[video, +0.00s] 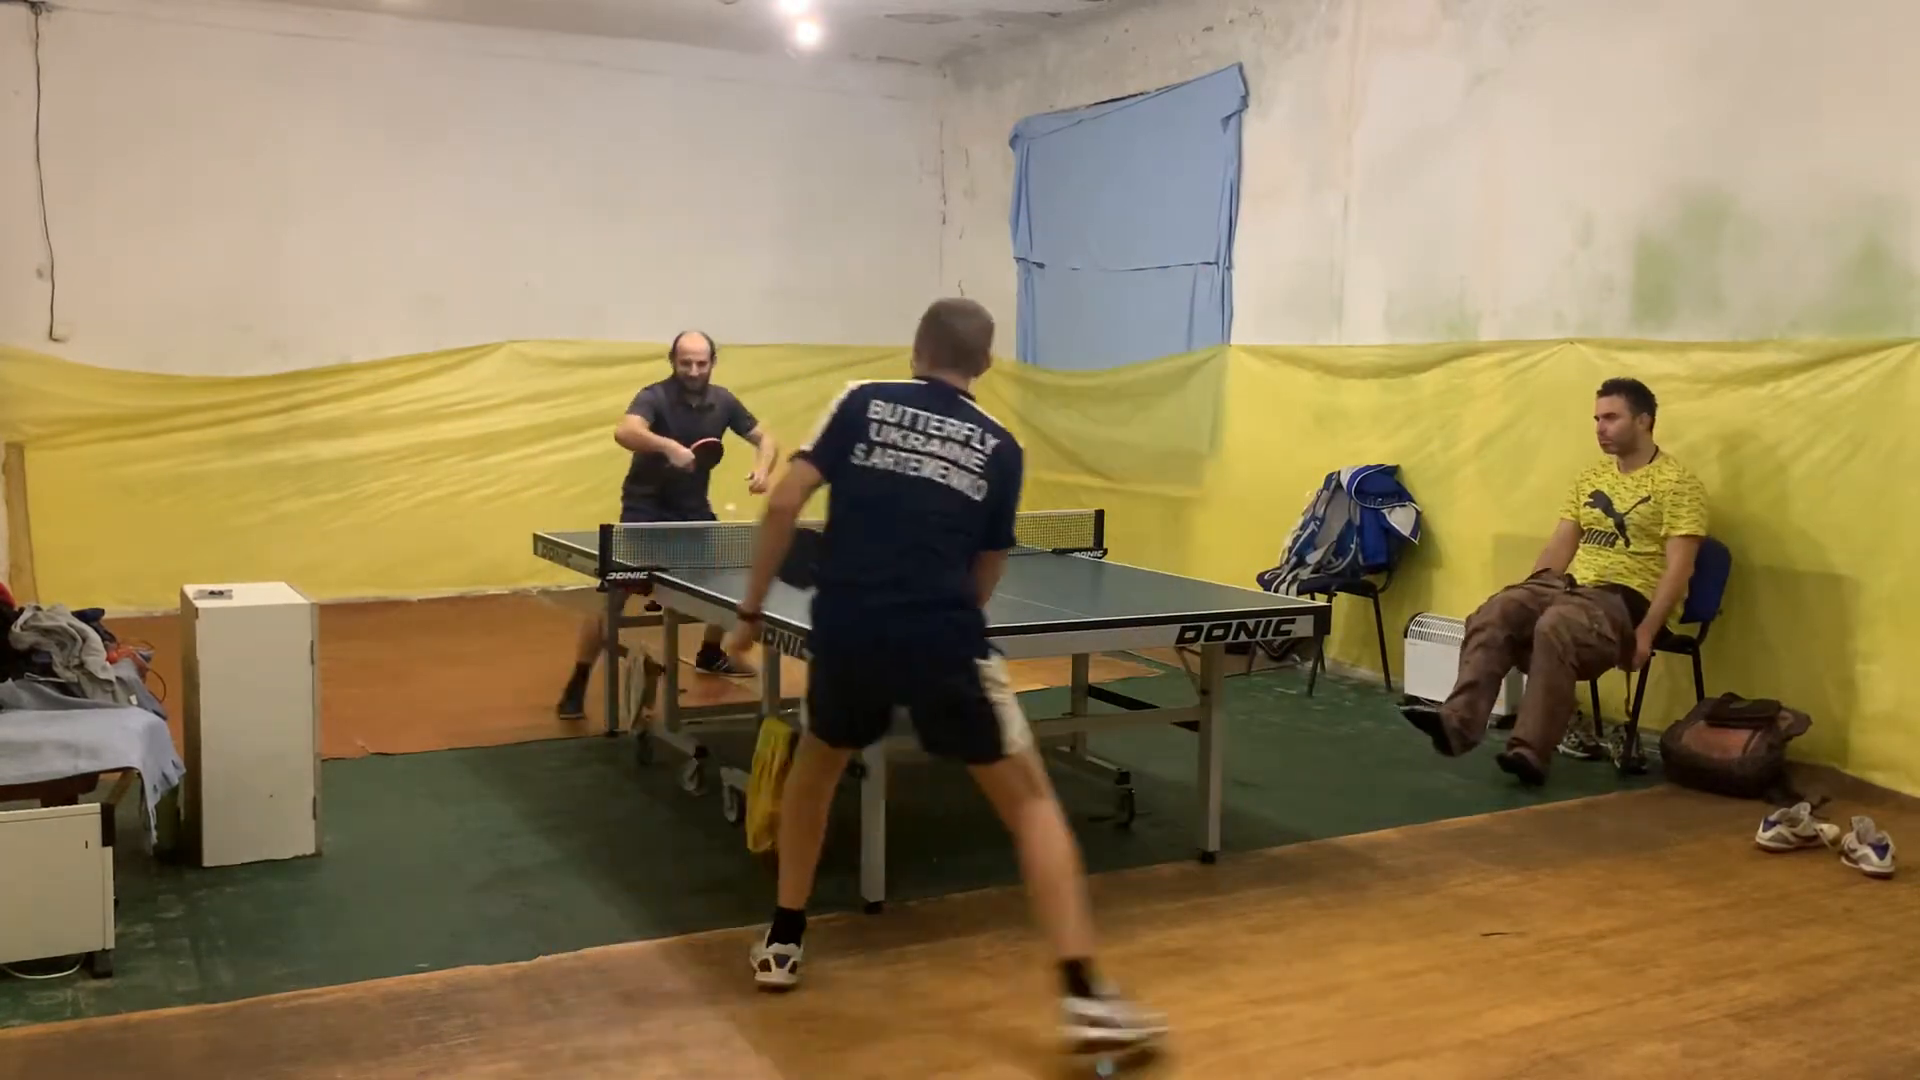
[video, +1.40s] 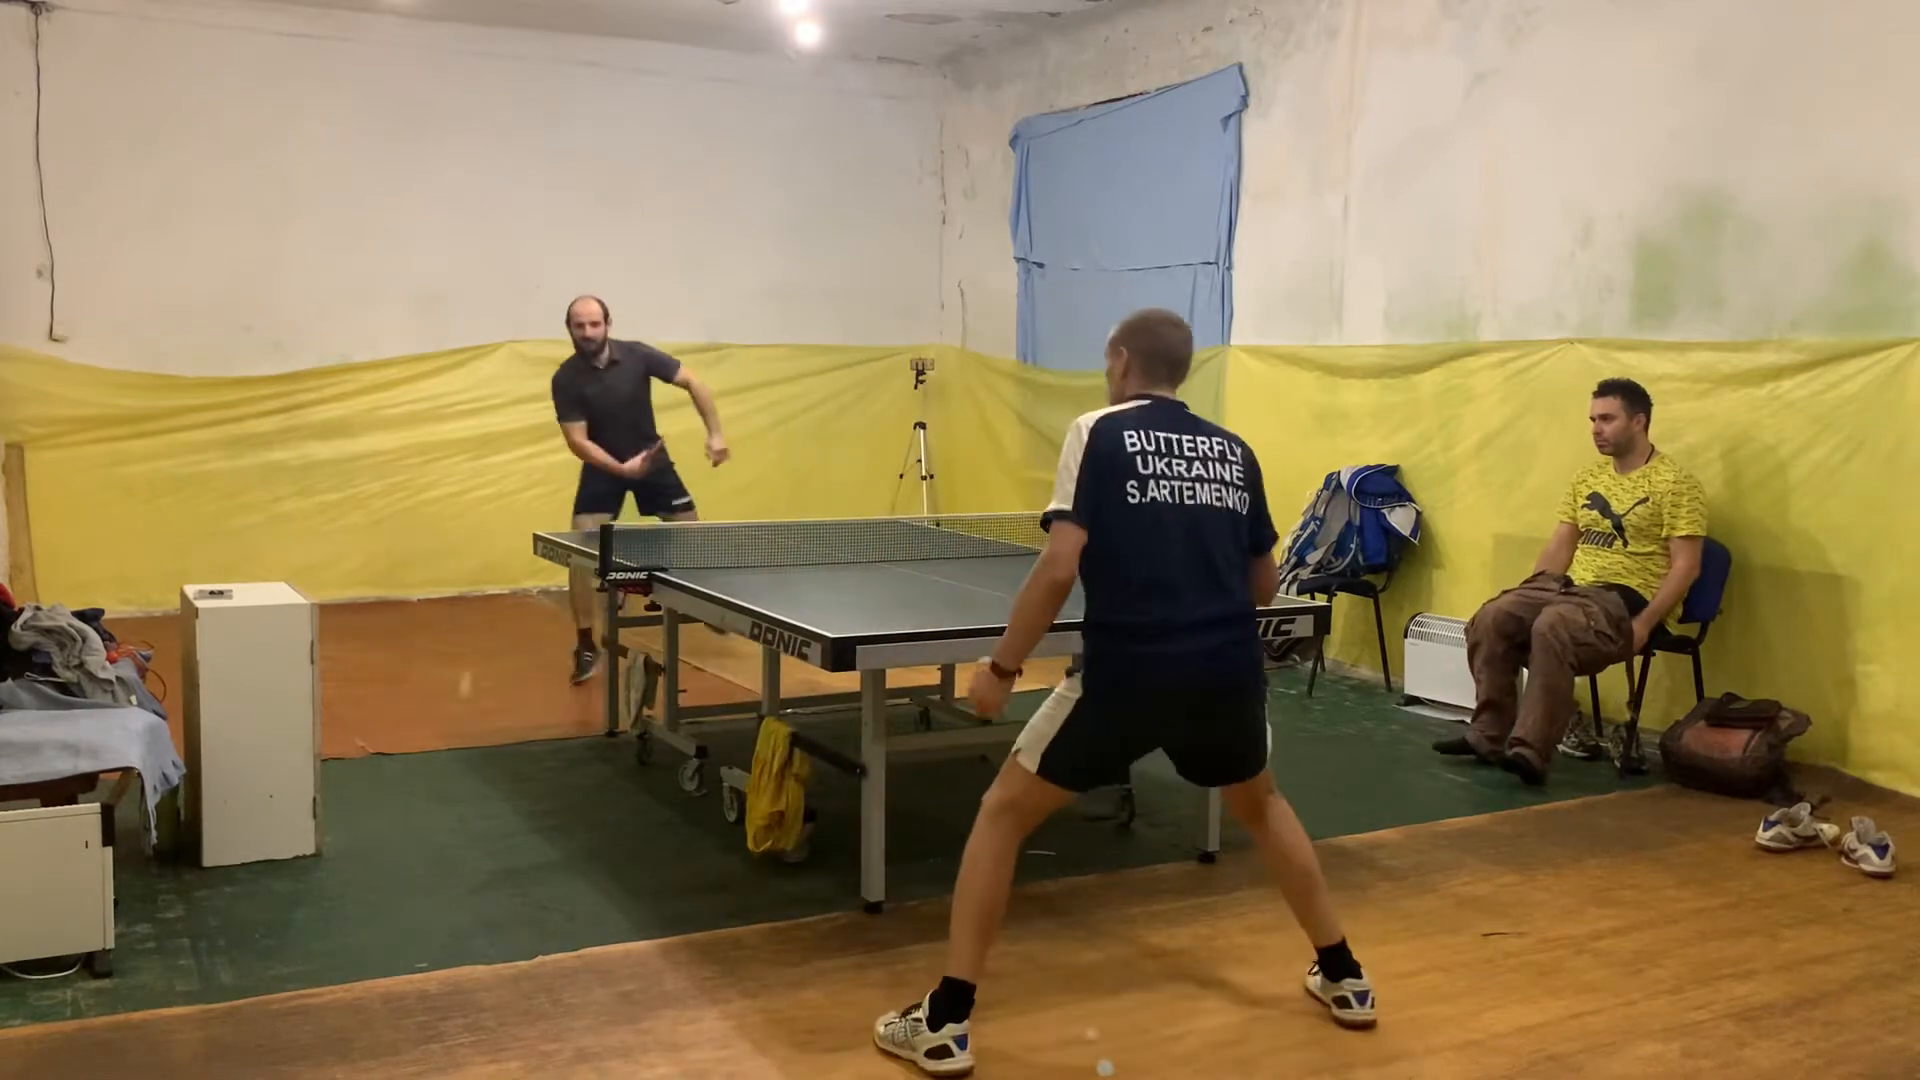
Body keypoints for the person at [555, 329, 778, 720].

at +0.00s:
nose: (694, 370)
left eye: (701, 363)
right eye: (686, 363)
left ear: (712, 363)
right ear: (673, 363)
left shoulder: (722, 400)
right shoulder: (654, 396)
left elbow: (765, 439)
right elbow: (625, 432)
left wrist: (763, 467)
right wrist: (668, 446)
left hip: (695, 512)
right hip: (645, 511)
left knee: (731, 579)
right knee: (615, 596)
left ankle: (711, 652)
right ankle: (578, 681)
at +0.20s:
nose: (668, 394)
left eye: (677, 386)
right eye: (660, 385)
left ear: (687, 386)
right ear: (646, 381)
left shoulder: (691, 421)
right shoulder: (623, 413)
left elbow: (727, 456)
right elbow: (595, 453)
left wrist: (731, 491)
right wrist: (640, 492)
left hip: (655, 519)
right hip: (608, 518)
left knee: (698, 578)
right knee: (601, 598)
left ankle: (704, 655)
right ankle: (566, 687)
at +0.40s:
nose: (646, 373)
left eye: (654, 365)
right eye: (638, 364)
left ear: (664, 365)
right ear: (622, 362)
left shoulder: (679, 396)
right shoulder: (602, 405)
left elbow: (724, 420)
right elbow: (559, 447)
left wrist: (758, 459)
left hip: (674, 520)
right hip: (621, 524)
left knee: (709, 592)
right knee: (602, 601)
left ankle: (670, 647)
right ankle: (566, 685)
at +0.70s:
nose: (679, 356)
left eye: (685, 349)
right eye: (671, 349)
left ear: (695, 351)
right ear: (657, 351)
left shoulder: (713, 389)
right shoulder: (636, 395)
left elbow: (760, 418)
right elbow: (599, 437)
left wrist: (763, 443)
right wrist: (584, 450)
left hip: (706, 505)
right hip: (654, 508)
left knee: (732, 571)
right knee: (625, 586)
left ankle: (725, 639)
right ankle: (601, 663)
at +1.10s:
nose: (667, 381)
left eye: (674, 374)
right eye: (661, 375)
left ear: (689, 372)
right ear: (652, 375)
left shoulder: (713, 403)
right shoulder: (643, 413)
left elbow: (739, 437)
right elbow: (612, 455)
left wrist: (731, 486)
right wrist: (593, 480)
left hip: (707, 511)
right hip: (657, 514)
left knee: (753, 562)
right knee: (629, 580)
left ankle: (764, 632)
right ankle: (606, 650)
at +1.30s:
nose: (596, 353)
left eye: (604, 345)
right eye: (588, 347)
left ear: (618, 346)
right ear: (580, 351)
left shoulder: (648, 373)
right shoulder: (581, 399)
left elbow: (708, 394)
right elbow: (591, 455)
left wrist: (735, 438)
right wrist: (638, 473)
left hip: (669, 478)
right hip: (621, 487)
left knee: (715, 545)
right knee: (607, 570)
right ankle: (607, 653)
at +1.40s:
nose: (588, 331)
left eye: (594, 324)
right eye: (580, 326)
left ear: (607, 324)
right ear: (569, 330)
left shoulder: (637, 355)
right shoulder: (566, 378)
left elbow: (693, 383)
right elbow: (578, 441)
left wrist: (715, 434)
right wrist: (621, 469)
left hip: (651, 462)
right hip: (602, 469)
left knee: (690, 532)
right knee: (583, 553)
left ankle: (710, 605)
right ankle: (586, 646)